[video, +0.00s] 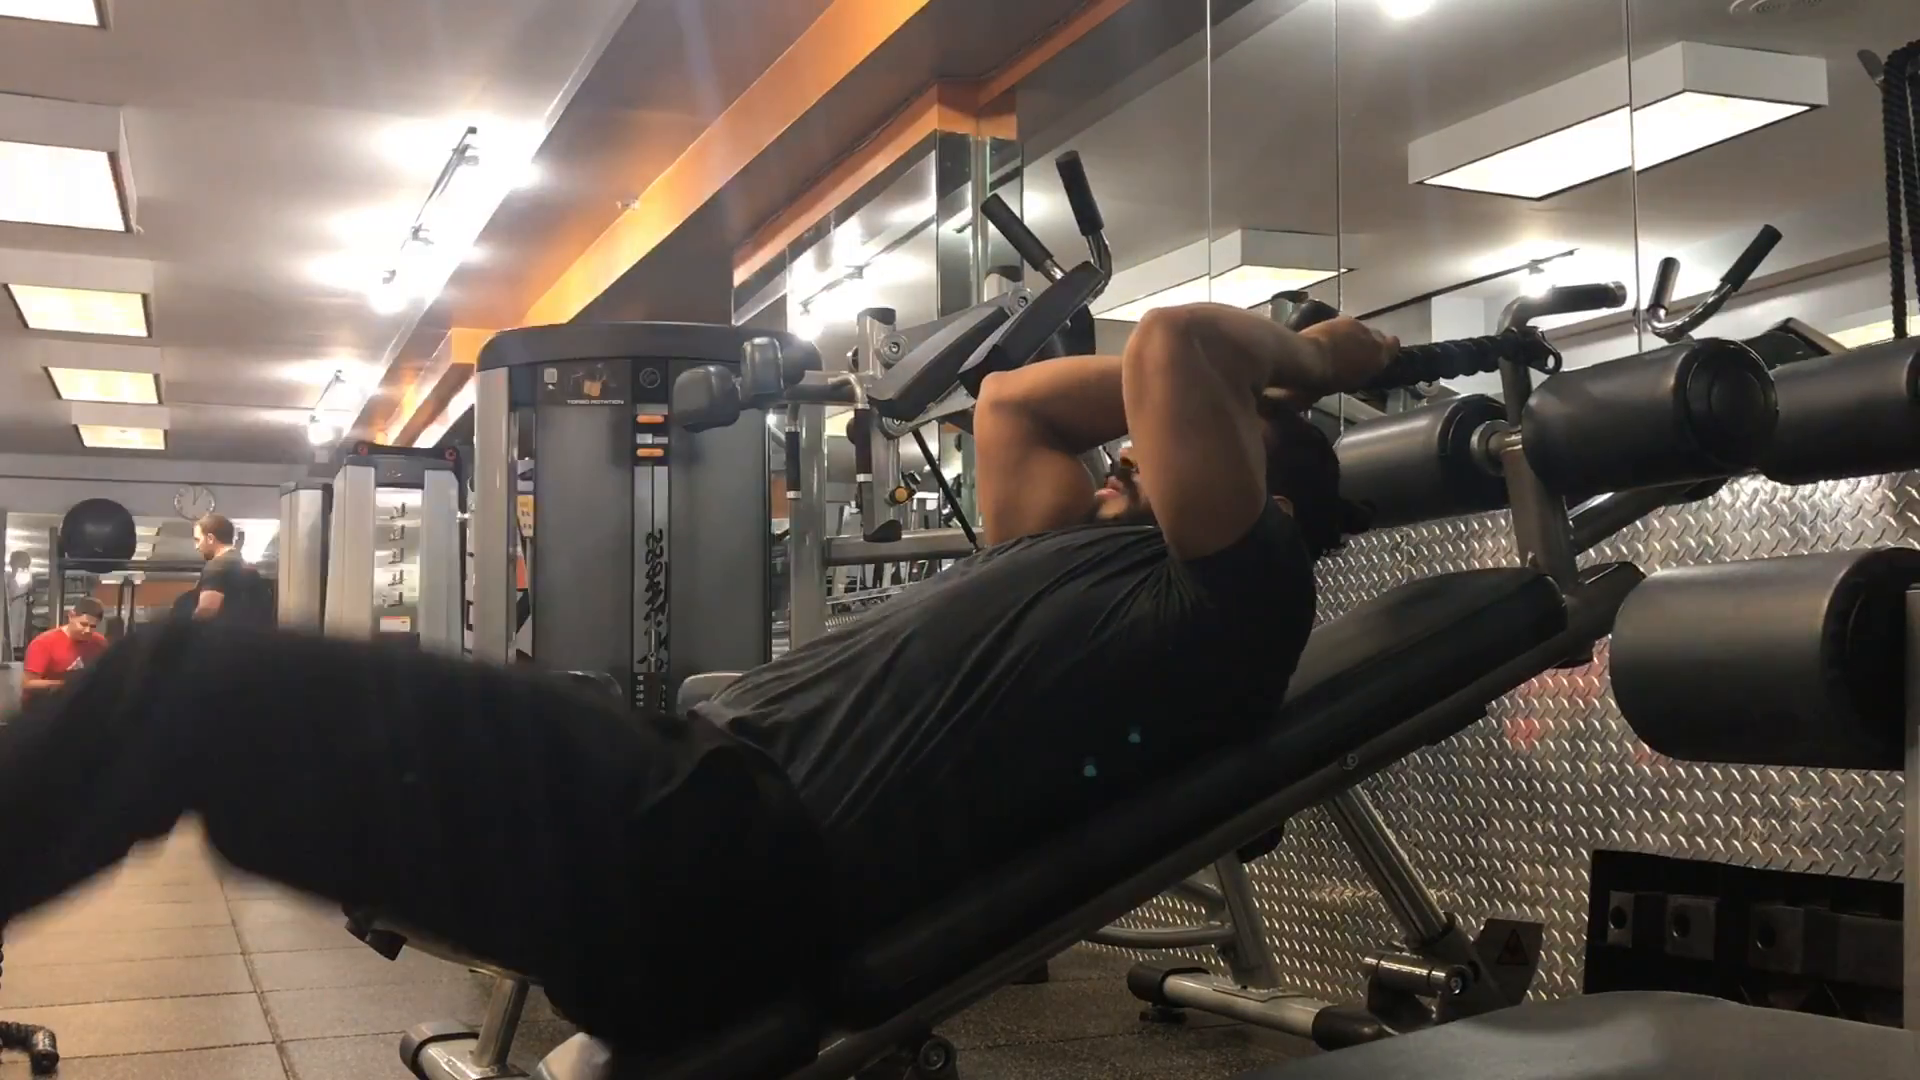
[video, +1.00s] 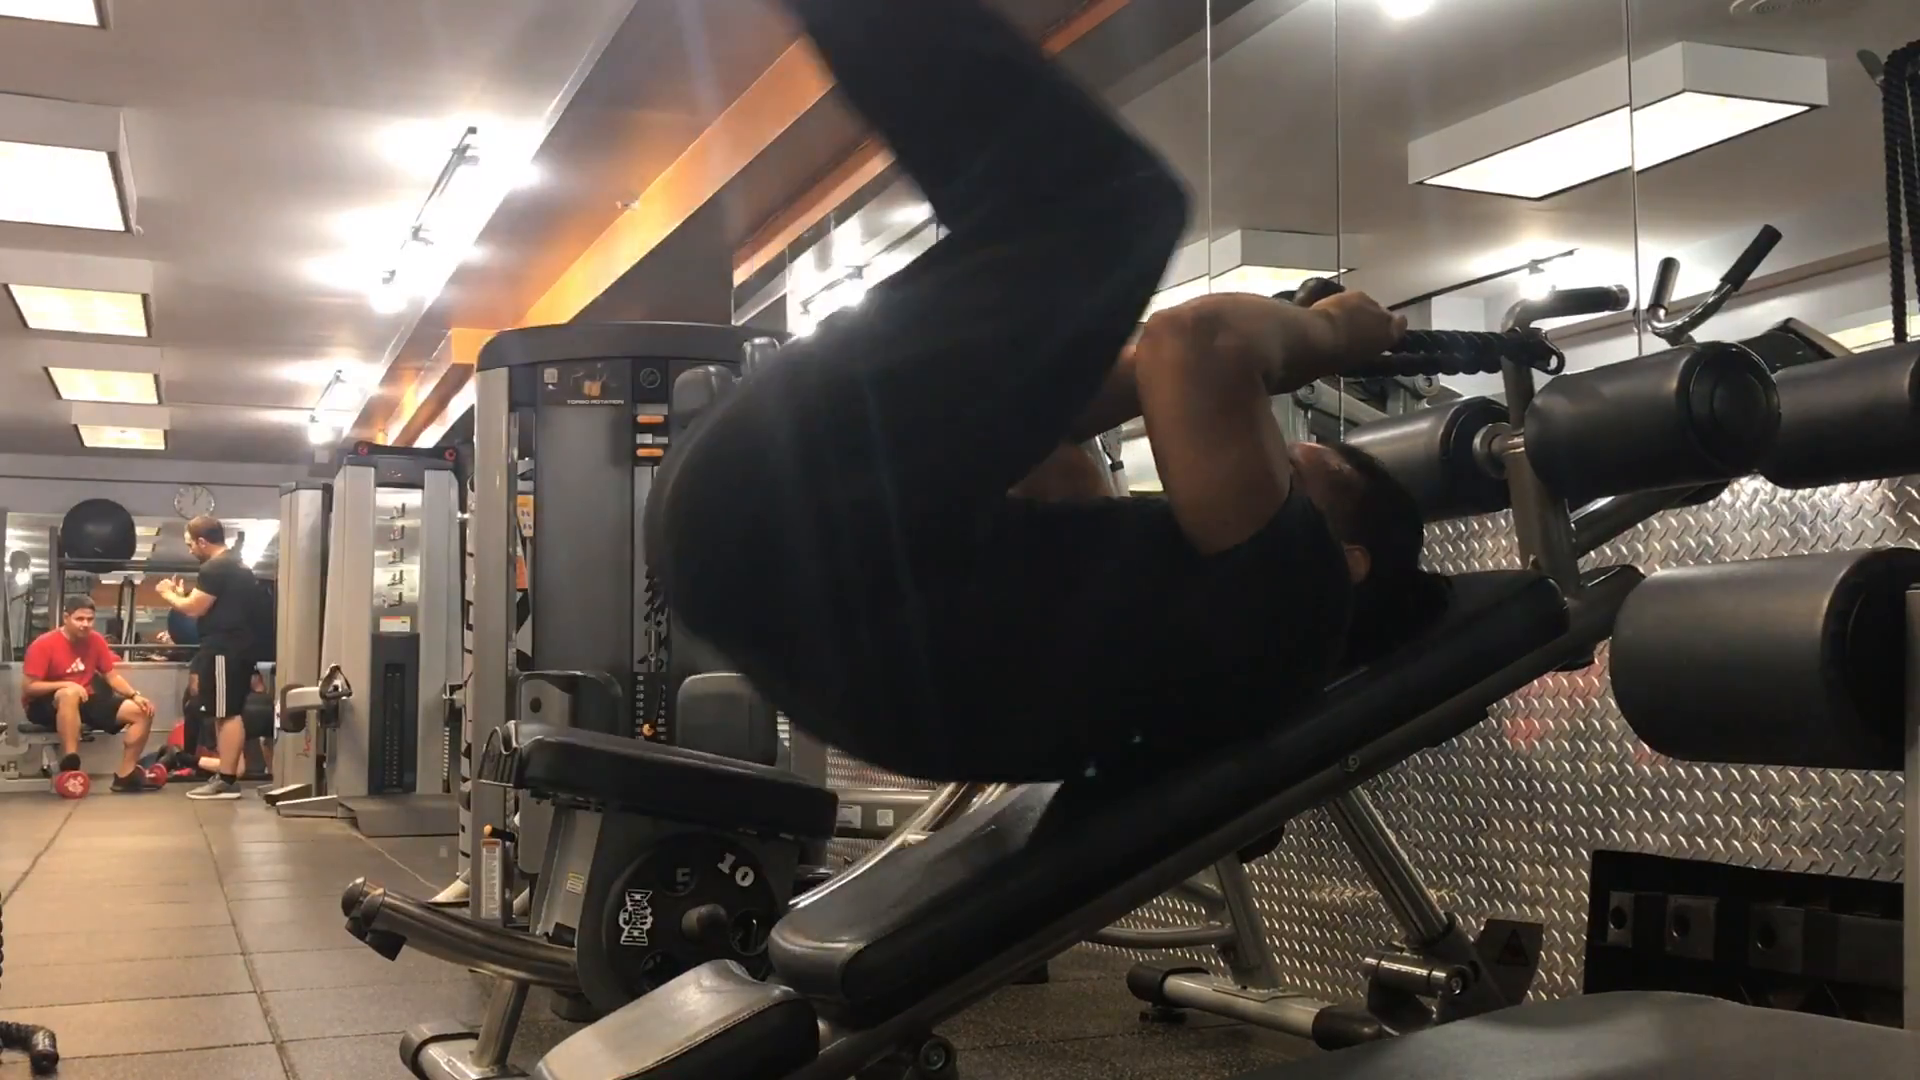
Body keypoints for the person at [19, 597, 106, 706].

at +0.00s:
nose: (87, 631)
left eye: (93, 626)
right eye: (83, 624)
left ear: (97, 625)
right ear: (71, 616)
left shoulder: (99, 644)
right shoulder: (43, 643)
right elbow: (28, 683)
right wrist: (66, 684)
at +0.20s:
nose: (88, 631)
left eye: (93, 626)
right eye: (83, 624)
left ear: (98, 625)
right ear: (71, 617)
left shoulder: (98, 642)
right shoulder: (45, 643)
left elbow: (113, 677)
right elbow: (28, 684)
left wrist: (136, 695)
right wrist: (62, 685)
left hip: (83, 703)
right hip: (43, 706)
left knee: (143, 712)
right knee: (63, 693)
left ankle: (126, 775)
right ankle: (68, 761)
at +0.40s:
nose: (87, 631)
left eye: (92, 627)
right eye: (83, 625)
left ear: (97, 626)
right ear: (70, 617)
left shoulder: (99, 642)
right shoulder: (43, 644)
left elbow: (110, 676)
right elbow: (28, 686)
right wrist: (58, 687)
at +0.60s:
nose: (87, 630)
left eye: (92, 625)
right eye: (82, 624)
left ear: (96, 624)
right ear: (69, 618)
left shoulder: (96, 641)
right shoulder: (44, 644)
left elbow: (111, 675)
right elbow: (29, 686)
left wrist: (134, 695)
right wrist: (66, 684)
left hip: (83, 703)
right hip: (44, 706)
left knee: (141, 712)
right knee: (68, 692)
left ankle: (126, 776)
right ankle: (69, 764)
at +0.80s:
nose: (87, 628)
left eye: (91, 623)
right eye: (82, 622)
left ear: (95, 622)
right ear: (67, 618)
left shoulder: (95, 641)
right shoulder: (44, 644)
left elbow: (111, 676)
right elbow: (28, 688)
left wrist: (134, 695)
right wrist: (65, 685)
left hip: (83, 703)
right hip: (44, 706)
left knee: (141, 713)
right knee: (68, 692)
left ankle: (125, 776)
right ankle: (71, 762)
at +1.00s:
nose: (85, 625)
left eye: (89, 620)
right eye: (79, 619)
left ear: (93, 620)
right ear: (66, 618)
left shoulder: (95, 641)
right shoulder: (44, 644)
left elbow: (111, 675)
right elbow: (29, 687)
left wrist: (135, 695)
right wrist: (67, 685)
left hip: (83, 702)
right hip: (44, 706)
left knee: (142, 712)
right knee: (70, 693)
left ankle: (126, 775)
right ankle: (71, 765)